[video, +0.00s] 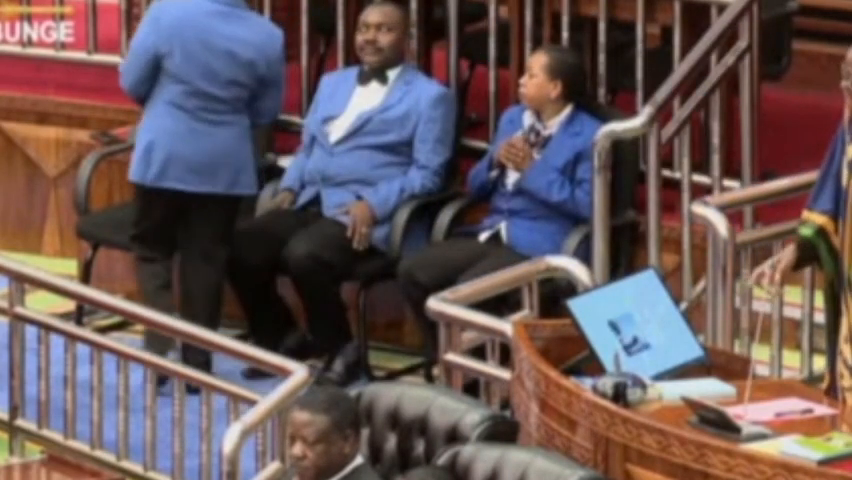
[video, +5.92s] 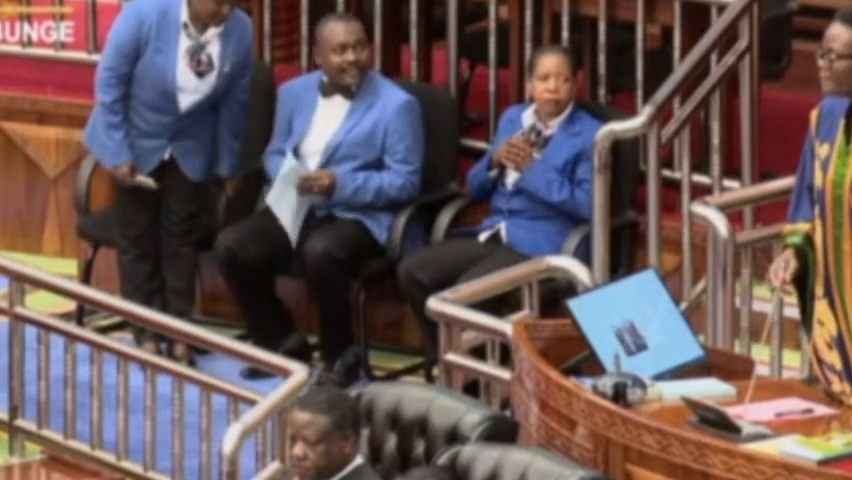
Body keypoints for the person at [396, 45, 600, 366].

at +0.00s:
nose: (521, 82)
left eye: (530, 76)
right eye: (524, 74)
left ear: (555, 89)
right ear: (551, 88)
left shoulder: (590, 135)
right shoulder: (512, 119)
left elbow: (589, 207)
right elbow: (475, 189)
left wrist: (530, 170)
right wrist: (495, 162)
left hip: (537, 250)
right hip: (492, 238)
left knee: (460, 298)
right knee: (413, 271)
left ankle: (480, 379)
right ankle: (445, 363)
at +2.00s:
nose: (520, 79)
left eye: (529, 74)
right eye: (524, 72)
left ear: (552, 87)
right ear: (550, 87)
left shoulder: (590, 135)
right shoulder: (513, 119)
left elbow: (590, 207)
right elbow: (475, 189)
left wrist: (530, 171)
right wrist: (495, 163)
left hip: (539, 250)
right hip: (494, 237)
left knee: (462, 297)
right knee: (414, 271)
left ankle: (483, 380)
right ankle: (448, 365)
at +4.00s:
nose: (519, 86)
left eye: (527, 80)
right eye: (521, 78)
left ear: (553, 91)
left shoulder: (589, 136)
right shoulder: (512, 120)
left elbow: (590, 207)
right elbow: (475, 190)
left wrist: (530, 172)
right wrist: (494, 165)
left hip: (539, 250)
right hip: (495, 235)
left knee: (463, 296)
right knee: (414, 271)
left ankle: (484, 380)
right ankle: (446, 366)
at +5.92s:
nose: (553, 88)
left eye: (562, 80)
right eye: (544, 79)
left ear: (576, 85)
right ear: (530, 84)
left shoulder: (590, 135)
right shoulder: (512, 119)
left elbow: (589, 207)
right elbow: (475, 189)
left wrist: (530, 170)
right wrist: (494, 163)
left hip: (539, 250)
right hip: (494, 238)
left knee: (460, 299)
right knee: (413, 271)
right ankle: (444, 365)